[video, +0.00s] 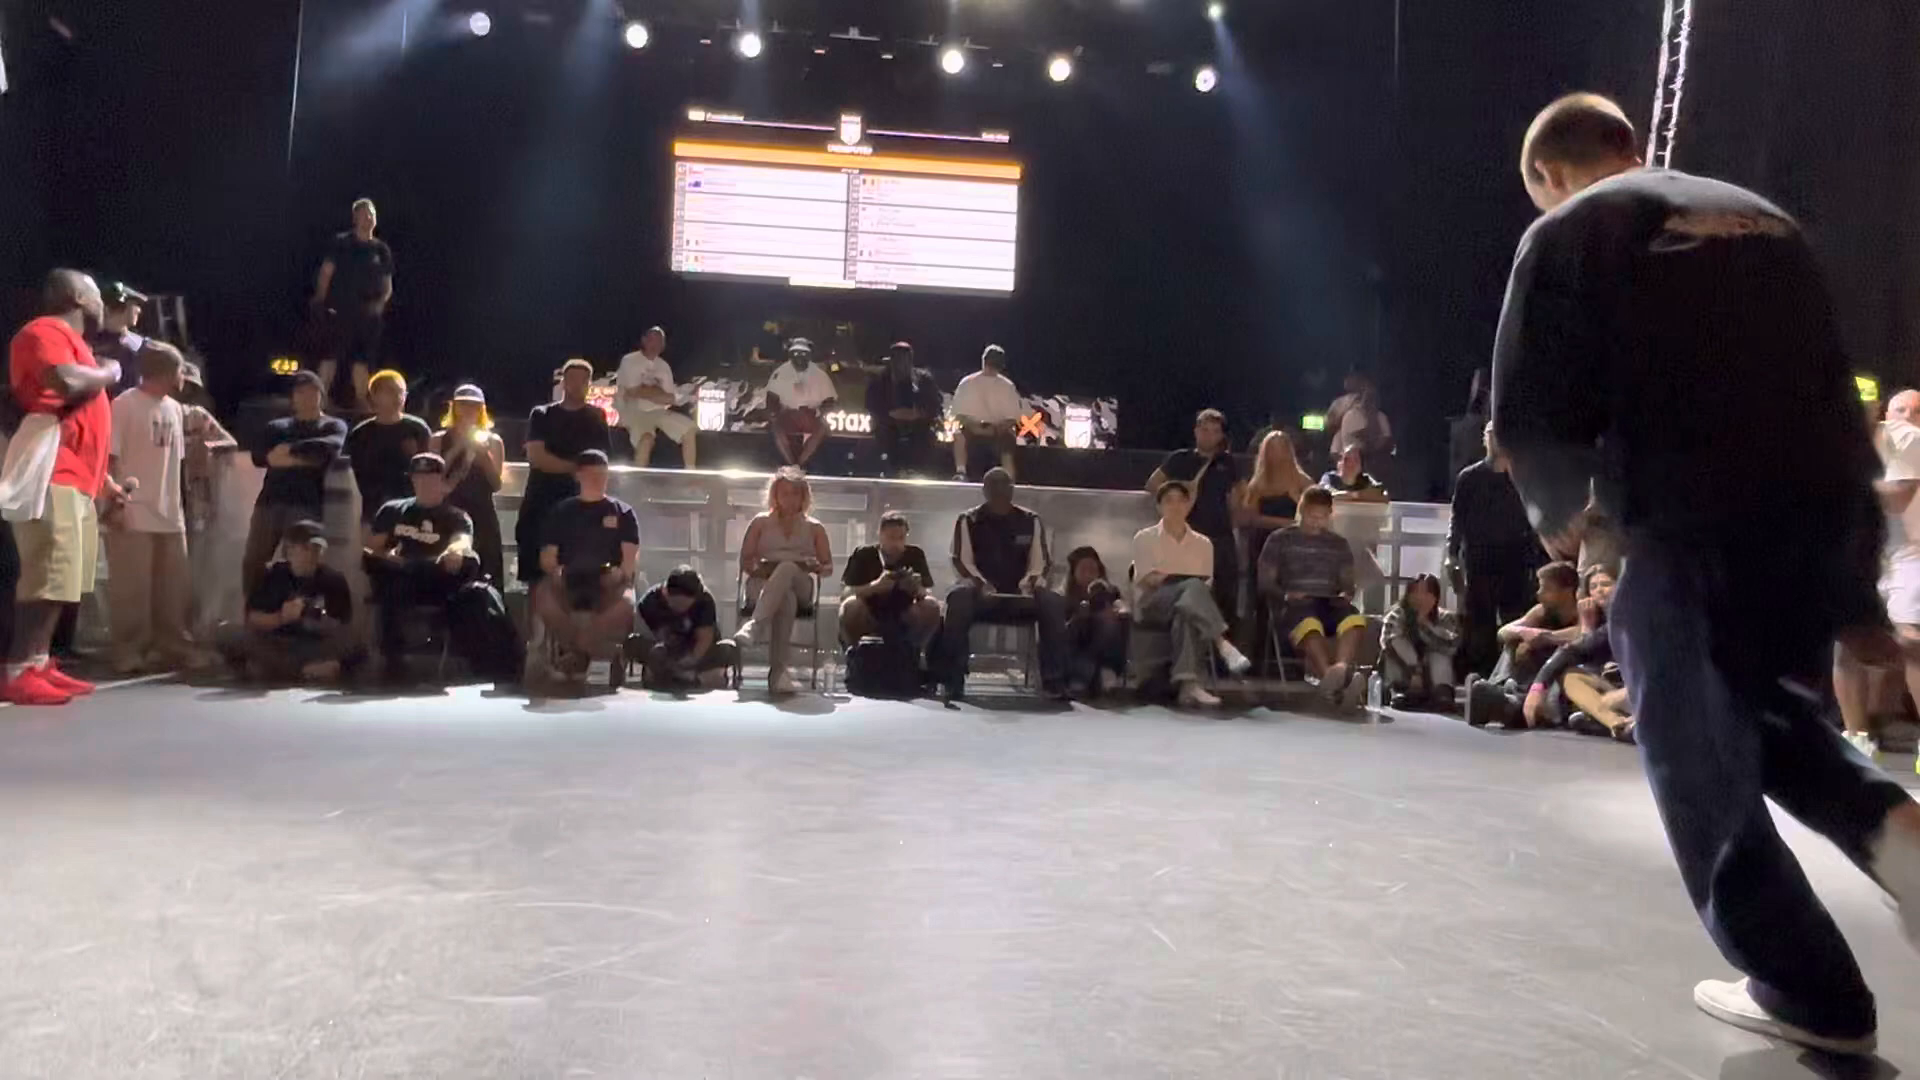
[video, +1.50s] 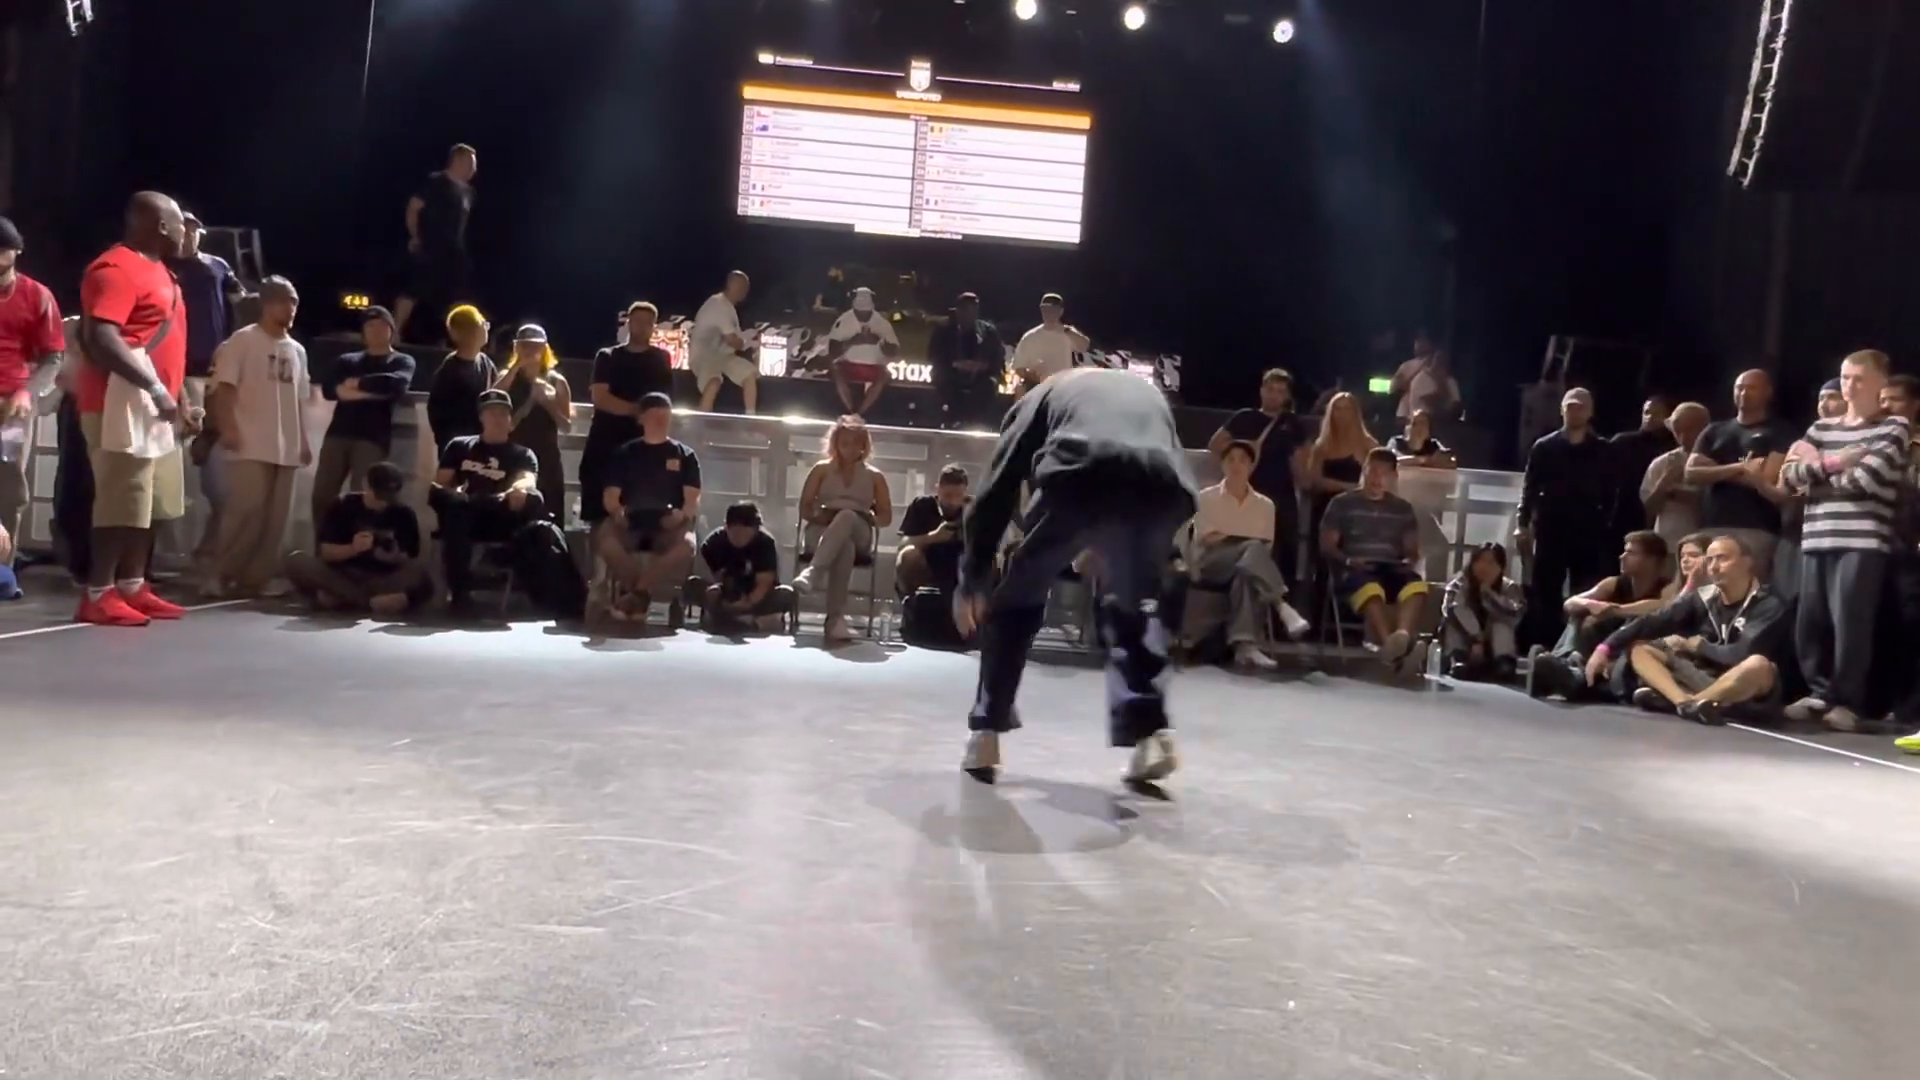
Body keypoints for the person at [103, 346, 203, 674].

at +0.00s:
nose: (180, 381)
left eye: (180, 375)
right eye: (176, 375)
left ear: (166, 375)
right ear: (158, 374)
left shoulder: (175, 409)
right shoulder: (124, 406)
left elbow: (175, 458)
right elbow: (112, 456)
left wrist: (179, 501)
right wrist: (114, 498)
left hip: (169, 509)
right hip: (132, 510)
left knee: (174, 583)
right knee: (131, 586)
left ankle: (173, 644)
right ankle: (128, 650)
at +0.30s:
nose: (214, 356)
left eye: (213, 349)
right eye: (209, 350)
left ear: (192, 352)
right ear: (191, 352)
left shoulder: (203, 387)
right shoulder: (156, 382)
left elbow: (206, 438)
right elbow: (139, 432)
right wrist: (140, 476)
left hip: (196, 489)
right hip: (159, 489)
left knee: (201, 562)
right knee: (154, 563)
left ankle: (196, 622)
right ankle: (147, 627)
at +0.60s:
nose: (249, 335)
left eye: (248, 329)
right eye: (245, 329)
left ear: (230, 333)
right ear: (227, 333)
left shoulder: (238, 371)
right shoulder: (194, 365)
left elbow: (237, 415)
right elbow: (181, 416)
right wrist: (192, 463)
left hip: (234, 473)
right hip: (199, 474)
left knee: (228, 548)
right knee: (191, 544)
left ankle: (222, 607)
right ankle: (171, 606)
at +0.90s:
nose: (277, 324)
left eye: (277, 317)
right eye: (273, 318)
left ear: (256, 322)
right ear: (255, 321)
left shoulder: (268, 359)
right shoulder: (222, 353)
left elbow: (269, 407)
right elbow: (209, 403)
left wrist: (273, 448)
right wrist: (223, 445)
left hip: (261, 458)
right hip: (224, 458)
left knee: (253, 533)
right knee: (216, 525)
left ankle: (239, 593)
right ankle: (189, 587)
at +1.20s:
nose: (291, 318)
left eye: (291, 311)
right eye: (285, 311)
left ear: (285, 314)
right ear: (266, 312)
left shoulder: (286, 353)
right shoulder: (236, 346)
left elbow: (291, 402)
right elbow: (222, 395)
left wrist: (293, 444)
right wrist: (228, 437)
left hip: (278, 451)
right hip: (243, 450)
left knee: (269, 525)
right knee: (238, 514)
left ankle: (251, 584)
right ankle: (201, 575)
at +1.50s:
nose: (291, 311)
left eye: (294, 305)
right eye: (285, 304)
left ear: (295, 309)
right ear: (265, 305)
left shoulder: (297, 350)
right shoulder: (240, 342)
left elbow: (301, 401)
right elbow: (223, 389)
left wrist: (304, 440)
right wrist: (226, 427)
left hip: (285, 448)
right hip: (249, 446)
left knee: (275, 520)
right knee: (244, 513)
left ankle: (259, 579)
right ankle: (218, 574)